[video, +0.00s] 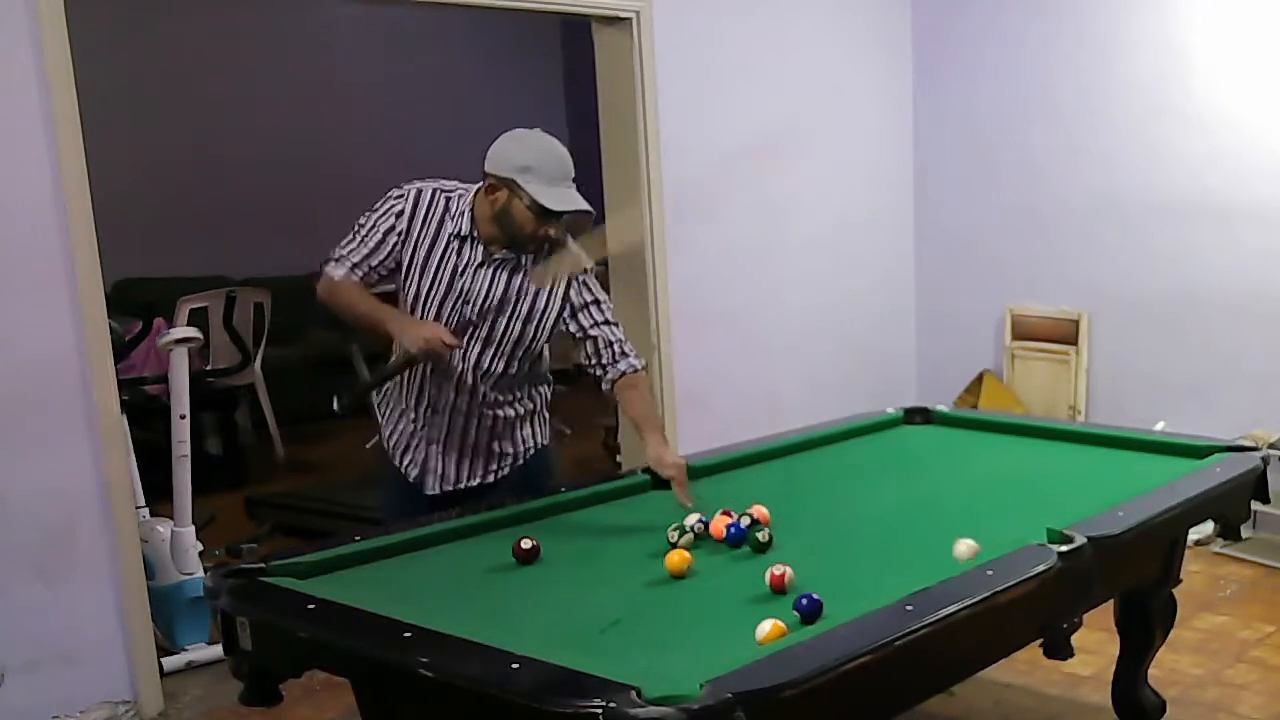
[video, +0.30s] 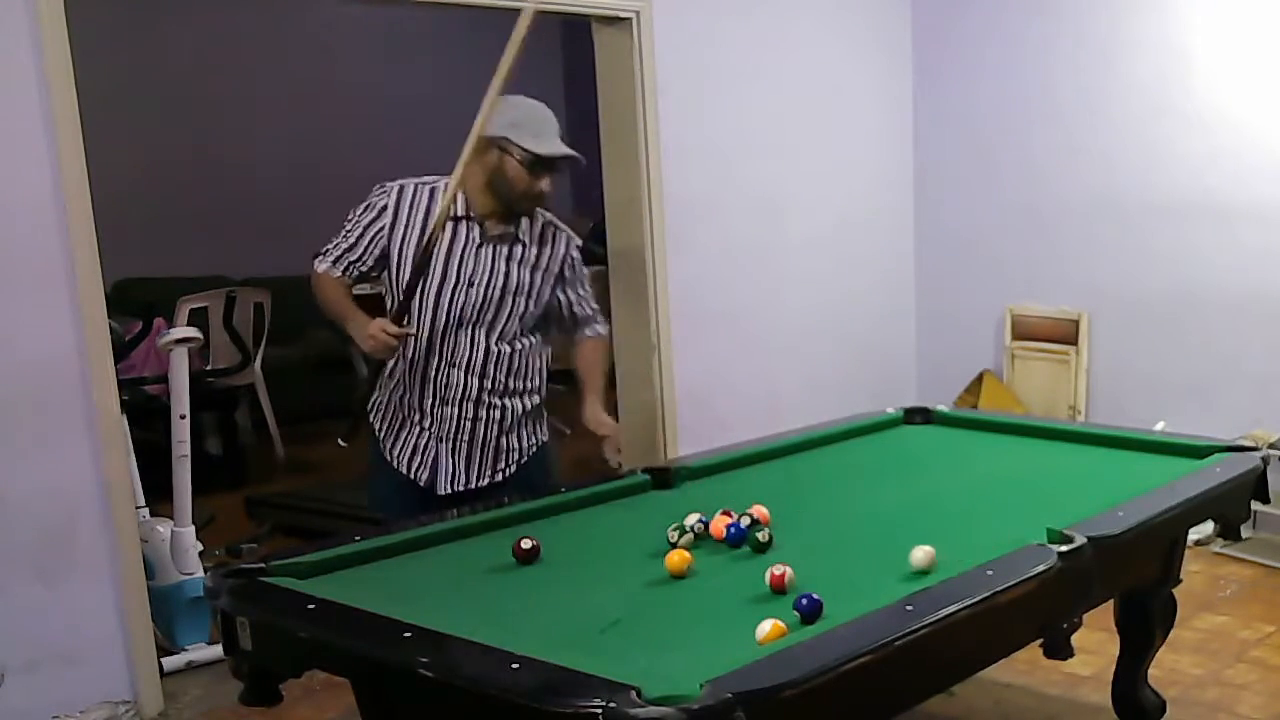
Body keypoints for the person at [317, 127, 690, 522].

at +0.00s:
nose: (555, 231)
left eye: (563, 217)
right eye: (544, 214)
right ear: (497, 193)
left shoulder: (564, 265)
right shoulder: (417, 208)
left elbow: (618, 360)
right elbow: (334, 282)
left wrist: (656, 442)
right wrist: (398, 325)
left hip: (514, 454)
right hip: (416, 447)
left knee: (528, 592)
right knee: (414, 597)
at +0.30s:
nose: (545, 187)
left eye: (551, 172)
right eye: (534, 169)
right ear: (494, 154)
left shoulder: (557, 246)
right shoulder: (399, 205)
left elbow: (590, 326)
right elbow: (327, 271)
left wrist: (593, 406)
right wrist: (358, 324)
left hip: (511, 448)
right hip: (411, 444)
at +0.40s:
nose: (527, 174)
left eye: (532, 160)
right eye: (513, 157)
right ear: (470, 144)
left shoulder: (542, 237)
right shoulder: (384, 206)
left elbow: (568, 319)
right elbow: (320, 281)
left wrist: (568, 394)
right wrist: (356, 330)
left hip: (507, 440)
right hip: (406, 437)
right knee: (408, 584)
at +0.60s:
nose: (476, 157)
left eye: (482, 144)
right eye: (460, 142)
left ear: (491, 145)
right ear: (418, 138)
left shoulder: (509, 225)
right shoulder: (352, 212)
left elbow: (532, 305)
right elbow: (301, 292)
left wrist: (536, 379)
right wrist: (340, 342)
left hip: (490, 437)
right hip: (394, 439)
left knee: (499, 575)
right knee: (404, 585)